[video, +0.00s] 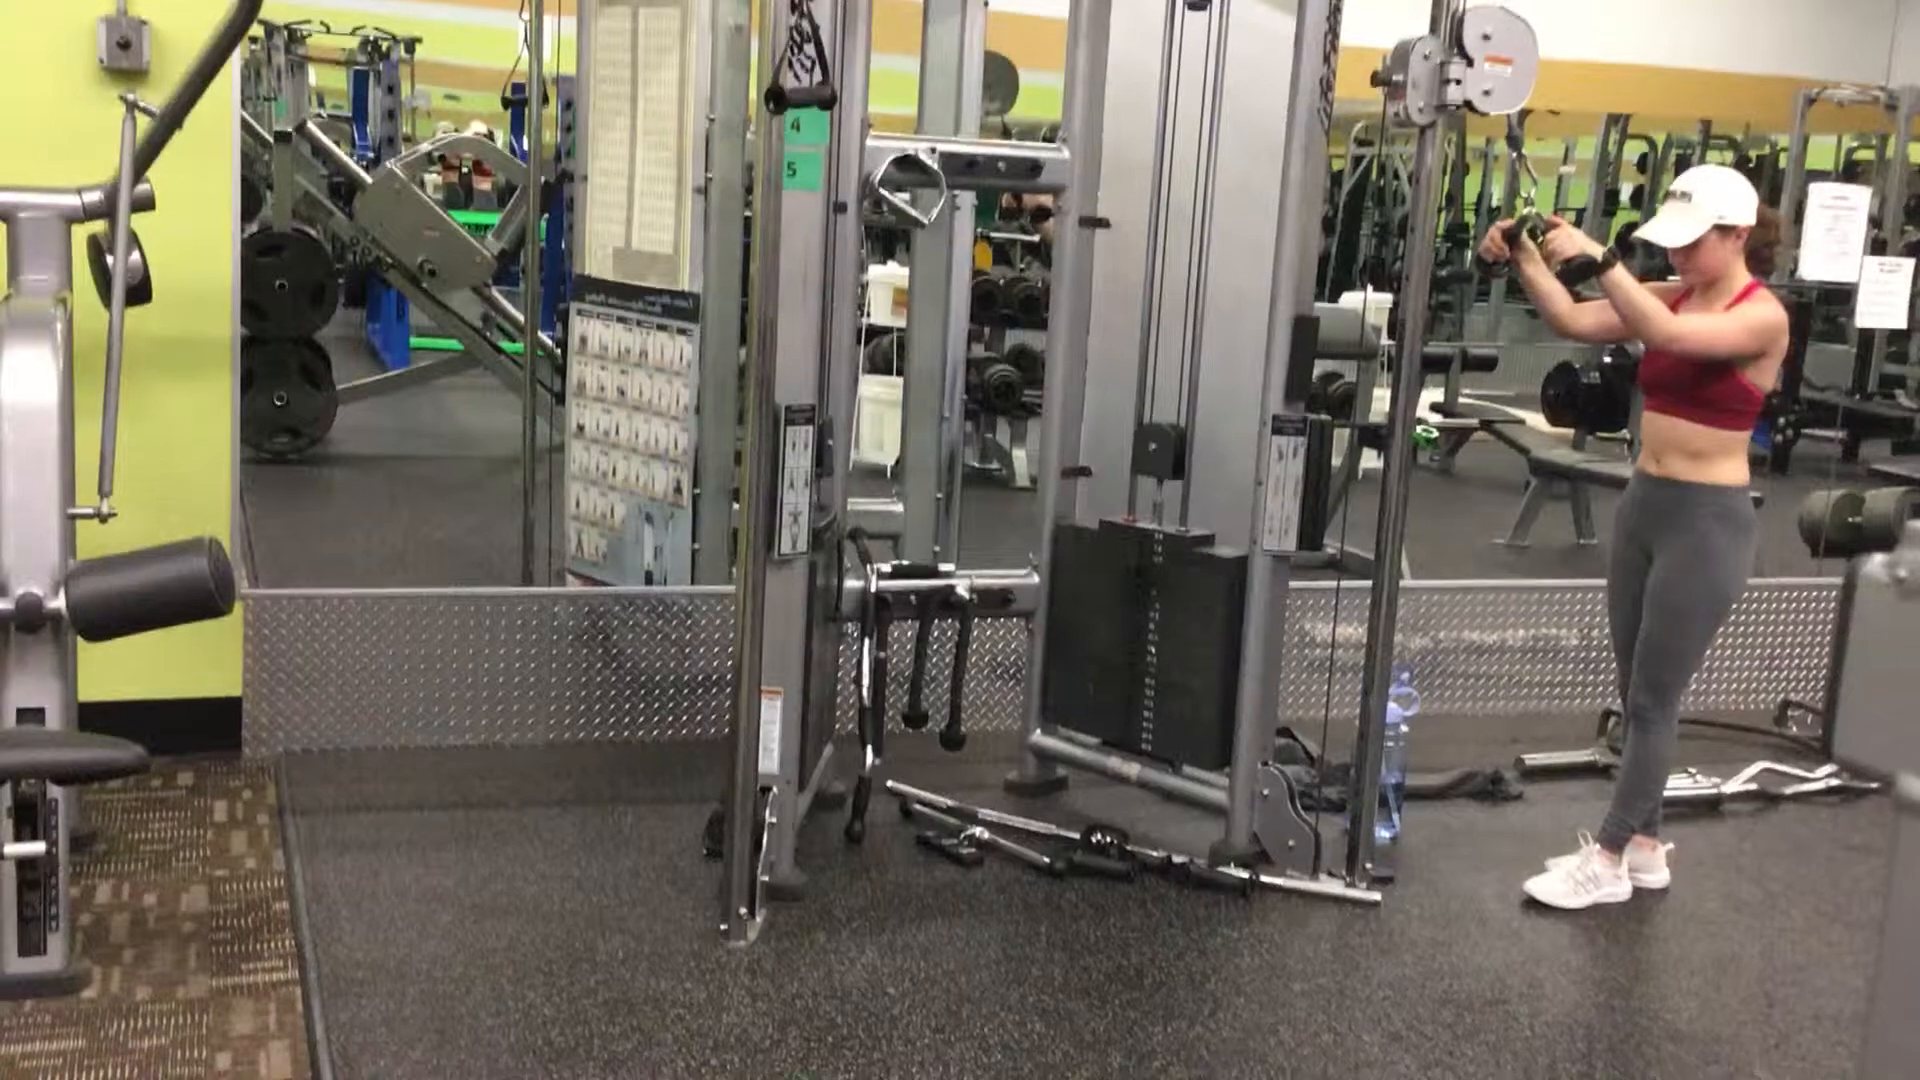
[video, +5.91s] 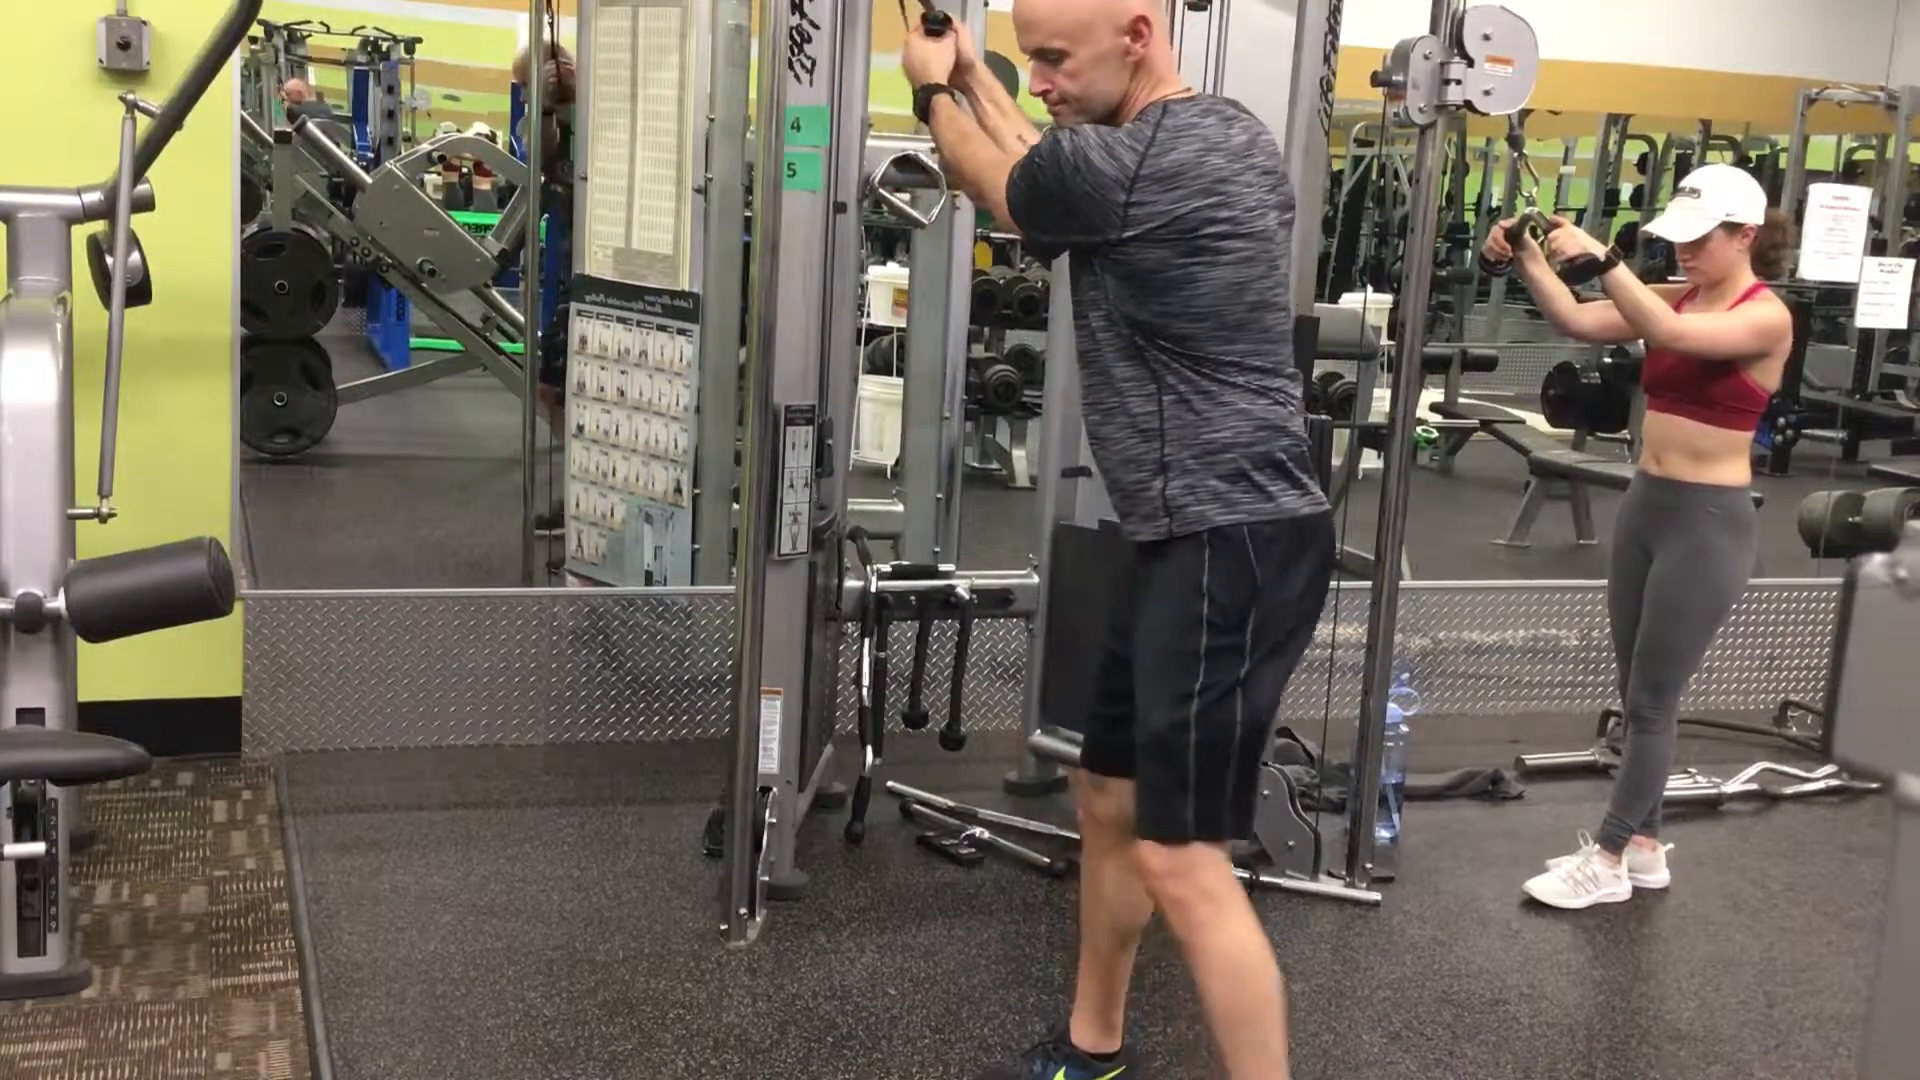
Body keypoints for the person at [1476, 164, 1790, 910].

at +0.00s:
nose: (1677, 254)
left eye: (1690, 240)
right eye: (1672, 241)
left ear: (1738, 236)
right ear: (1674, 240)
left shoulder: (1765, 316)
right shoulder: (1671, 298)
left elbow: (1668, 333)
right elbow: (1576, 319)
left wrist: (1598, 258)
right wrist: (1522, 258)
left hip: (1709, 521)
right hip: (1641, 507)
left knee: (1652, 698)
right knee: (1638, 691)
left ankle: (1607, 858)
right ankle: (1645, 844)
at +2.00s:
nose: (1670, 255)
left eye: (1684, 241)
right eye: (1666, 242)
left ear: (1733, 236)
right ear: (1670, 241)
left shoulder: (1762, 316)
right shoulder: (1669, 299)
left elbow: (1664, 334)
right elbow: (1570, 323)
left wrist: (1596, 261)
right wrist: (1521, 258)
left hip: (1707, 523)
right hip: (1640, 509)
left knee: (1651, 699)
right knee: (1638, 692)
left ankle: (1607, 860)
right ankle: (1645, 845)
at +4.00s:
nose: (1680, 251)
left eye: (1695, 237)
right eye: (1676, 238)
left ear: (1744, 236)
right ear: (1677, 239)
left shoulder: (1767, 317)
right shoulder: (1672, 299)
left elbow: (1671, 334)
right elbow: (1576, 320)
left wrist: (1599, 260)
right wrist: (1521, 259)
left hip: (1707, 523)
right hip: (1640, 509)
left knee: (1651, 698)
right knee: (1638, 693)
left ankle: (1605, 859)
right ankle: (1646, 846)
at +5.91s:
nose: (1681, 253)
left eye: (1696, 239)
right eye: (1677, 240)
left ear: (1744, 236)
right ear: (1677, 238)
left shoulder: (1768, 316)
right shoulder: (1673, 301)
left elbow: (1669, 331)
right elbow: (1576, 317)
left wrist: (1601, 257)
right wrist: (1524, 258)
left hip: (1709, 524)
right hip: (1642, 509)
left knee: (1651, 699)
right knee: (1639, 693)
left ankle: (1606, 858)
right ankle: (1645, 845)